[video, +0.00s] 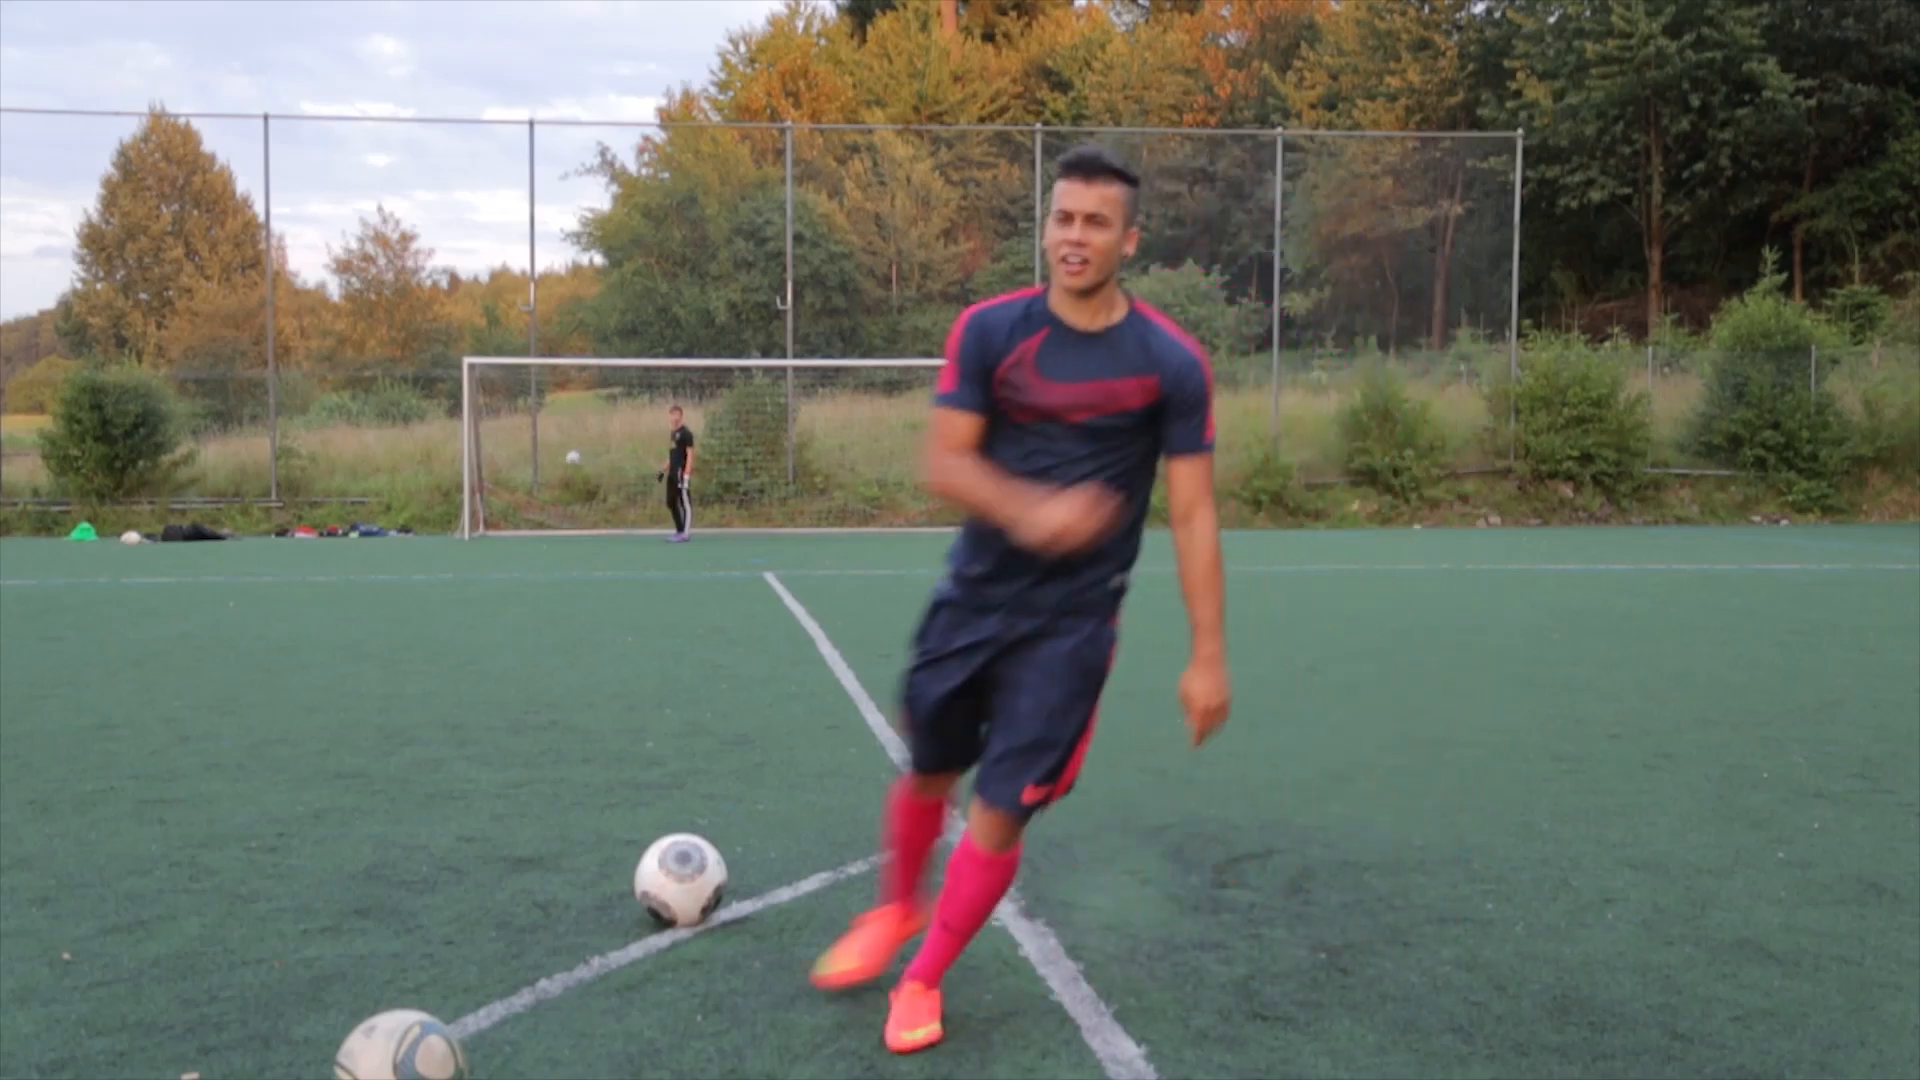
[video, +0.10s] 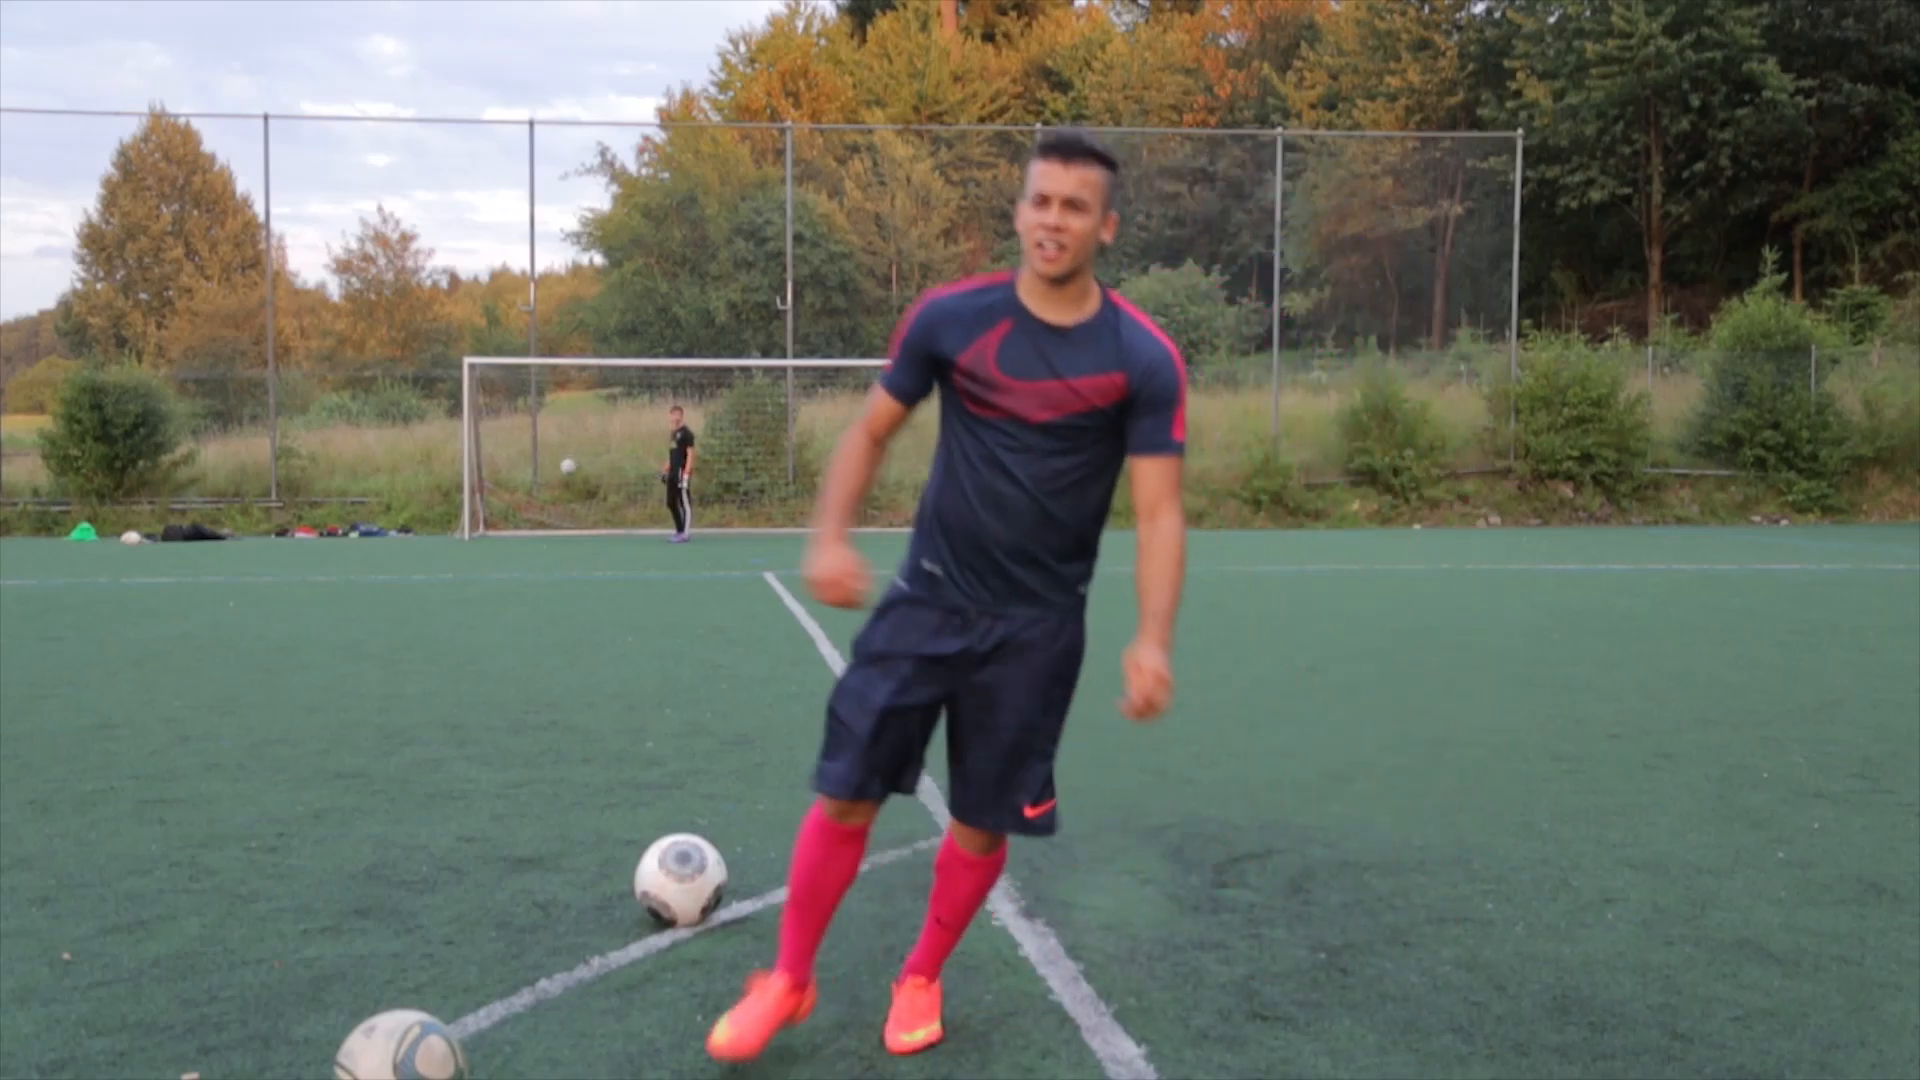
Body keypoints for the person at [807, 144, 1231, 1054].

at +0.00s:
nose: (1075, 238)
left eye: (1097, 224)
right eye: (1063, 219)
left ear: (1130, 241)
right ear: (1044, 230)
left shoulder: (1172, 363)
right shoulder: (987, 331)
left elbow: (1193, 513)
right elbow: (945, 462)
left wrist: (1207, 656)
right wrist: (1033, 507)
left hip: (1072, 616)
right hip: (976, 594)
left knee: (1001, 805)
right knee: (927, 766)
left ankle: (925, 978)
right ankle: (898, 909)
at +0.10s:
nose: (1052, 222)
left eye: (1075, 208)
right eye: (1040, 201)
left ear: (1107, 229)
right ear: (1016, 210)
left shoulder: (1145, 359)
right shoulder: (950, 316)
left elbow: (1159, 509)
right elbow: (870, 429)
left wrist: (1152, 638)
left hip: (1038, 622)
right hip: (929, 595)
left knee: (982, 824)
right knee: (844, 785)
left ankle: (922, 976)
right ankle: (788, 978)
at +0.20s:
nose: (1016, 172)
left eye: (1040, 156)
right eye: (1003, 150)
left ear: (1075, 171)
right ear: (980, 155)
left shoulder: (1123, 306)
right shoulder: (911, 268)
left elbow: (1138, 469)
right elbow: (842, 387)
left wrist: (1095, 570)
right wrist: (758, 492)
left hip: (1015, 586)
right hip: (899, 558)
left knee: (967, 799)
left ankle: (927, 954)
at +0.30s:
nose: (978, 151)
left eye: (1004, 134)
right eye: (962, 128)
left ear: (1042, 152)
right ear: (937, 139)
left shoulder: (1094, 291)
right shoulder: (863, 262)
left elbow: (1119, 459)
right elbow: (797, 394)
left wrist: (1058, 531)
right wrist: (719, 523)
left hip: (1000, 594)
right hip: (872, 576)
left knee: (965, 831)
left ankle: (935, 970)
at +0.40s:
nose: (957, 169)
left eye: (982, 150)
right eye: (938, 144)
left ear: (1006, 172)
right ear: (900, 157)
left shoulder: (1057, 317)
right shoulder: (815, 303)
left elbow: (1095, 486)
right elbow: (741, 474)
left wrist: (1055, 553)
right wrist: (672, 632)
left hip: (991, 646)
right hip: (852, 638)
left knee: (987, 916)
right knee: (816, 917)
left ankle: (912, 989)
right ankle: (802, 1076)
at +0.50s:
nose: (964, 129)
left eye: (984, 108)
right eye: (941, 102)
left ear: (1000, 127)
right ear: (889, 113)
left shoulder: (1051, 282)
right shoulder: (794, 270)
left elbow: (1079, 440)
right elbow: (714, 445)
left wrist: (1060, 546)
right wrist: (720, 630)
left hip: (986, 643)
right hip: (832, 647)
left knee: (984, 935)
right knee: (805, 929)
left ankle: (884, 1071)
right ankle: (799, 1074)